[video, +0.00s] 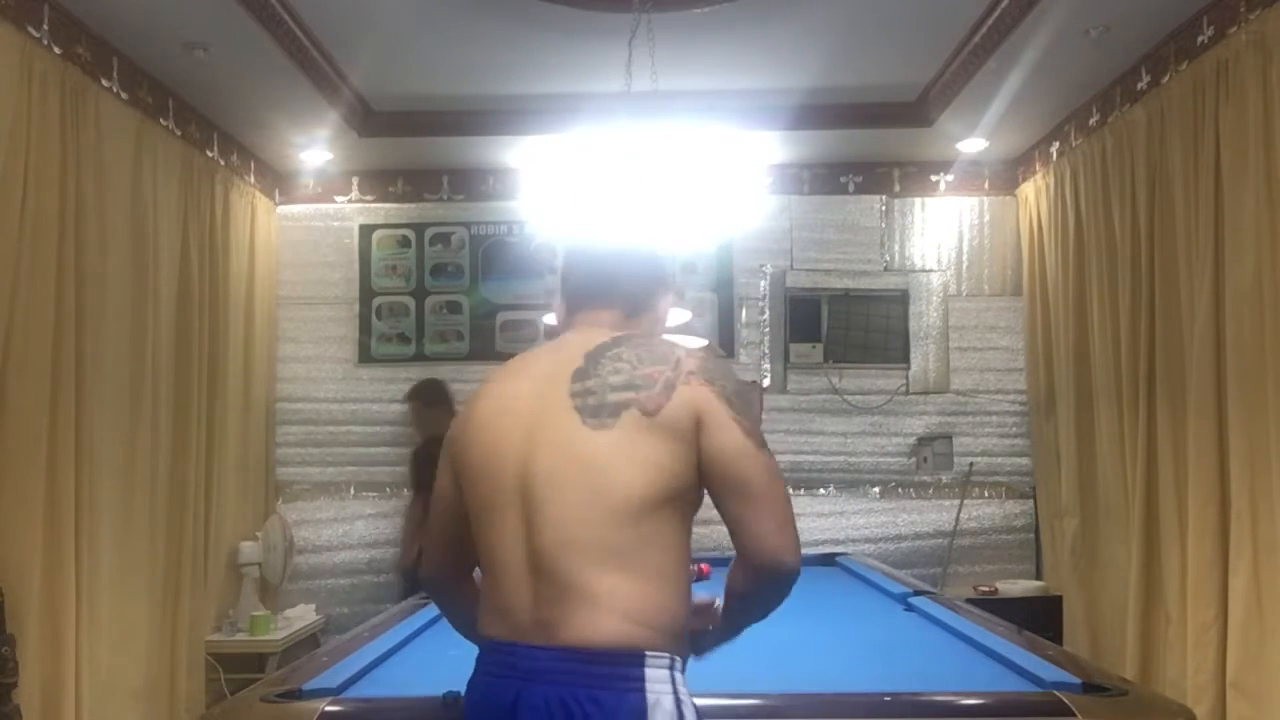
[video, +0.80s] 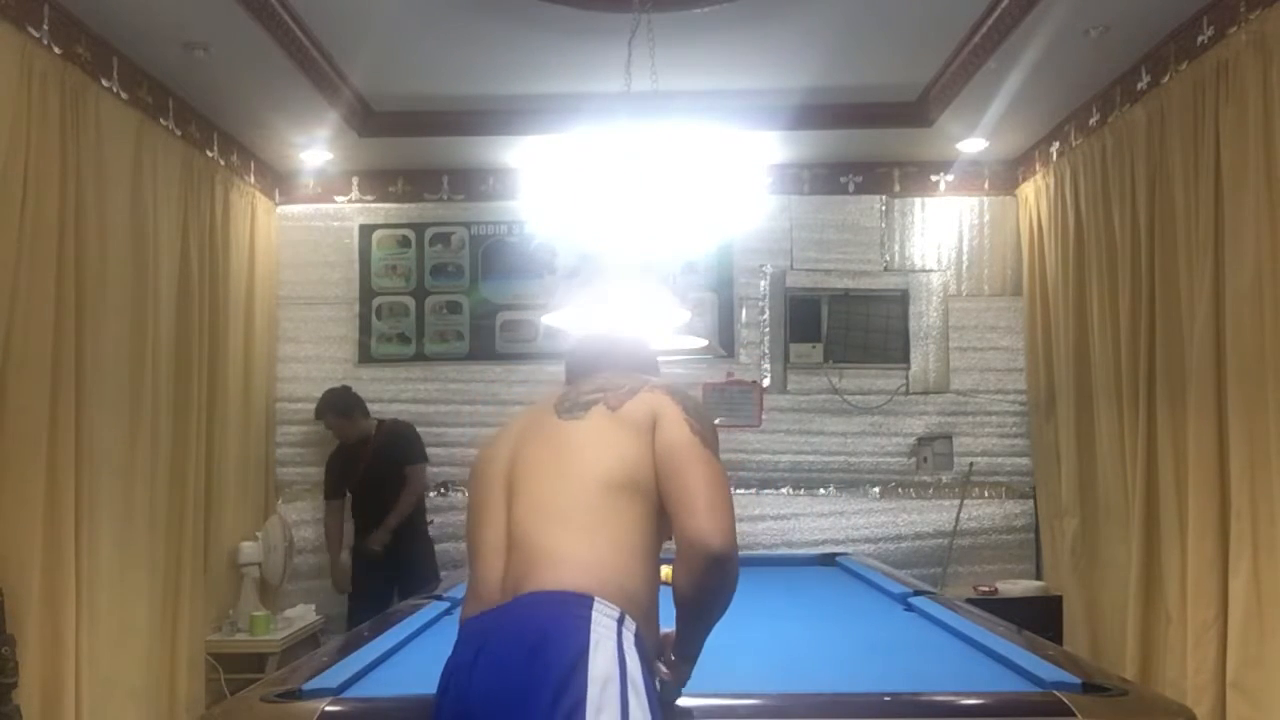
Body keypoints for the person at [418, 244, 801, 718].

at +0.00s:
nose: (670, 317)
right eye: (669, 307)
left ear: (563, 304)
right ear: (658, 304)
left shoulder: (488, 395)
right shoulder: (684, 380)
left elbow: (439, 570)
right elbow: (774, 556)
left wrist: (508, 638)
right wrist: (719, 624)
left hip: (498, 690)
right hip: (632, 694)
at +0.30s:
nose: (664, 349)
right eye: (663, 342)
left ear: (558, 340)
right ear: (652, 340)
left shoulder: (490, 409)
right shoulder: (666, 390)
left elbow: (447, 568)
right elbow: (737, 554)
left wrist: (502, 639)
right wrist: (708, 648)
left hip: (477, 683)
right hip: (603, 685)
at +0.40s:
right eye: (660, 352)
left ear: (559, 348)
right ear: (651, 346)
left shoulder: (492, 413)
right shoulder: (663, 392)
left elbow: (460, 578)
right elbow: (729, 553)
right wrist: (702, 644)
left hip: (475, 677)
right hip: (595, 678)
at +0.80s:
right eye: (654, 367)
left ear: (570, 374)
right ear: (644, 364)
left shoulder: (501, 438)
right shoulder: (654, 403)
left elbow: (488, 586)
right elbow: (711, 543)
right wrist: (685, 649)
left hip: (474, 649)